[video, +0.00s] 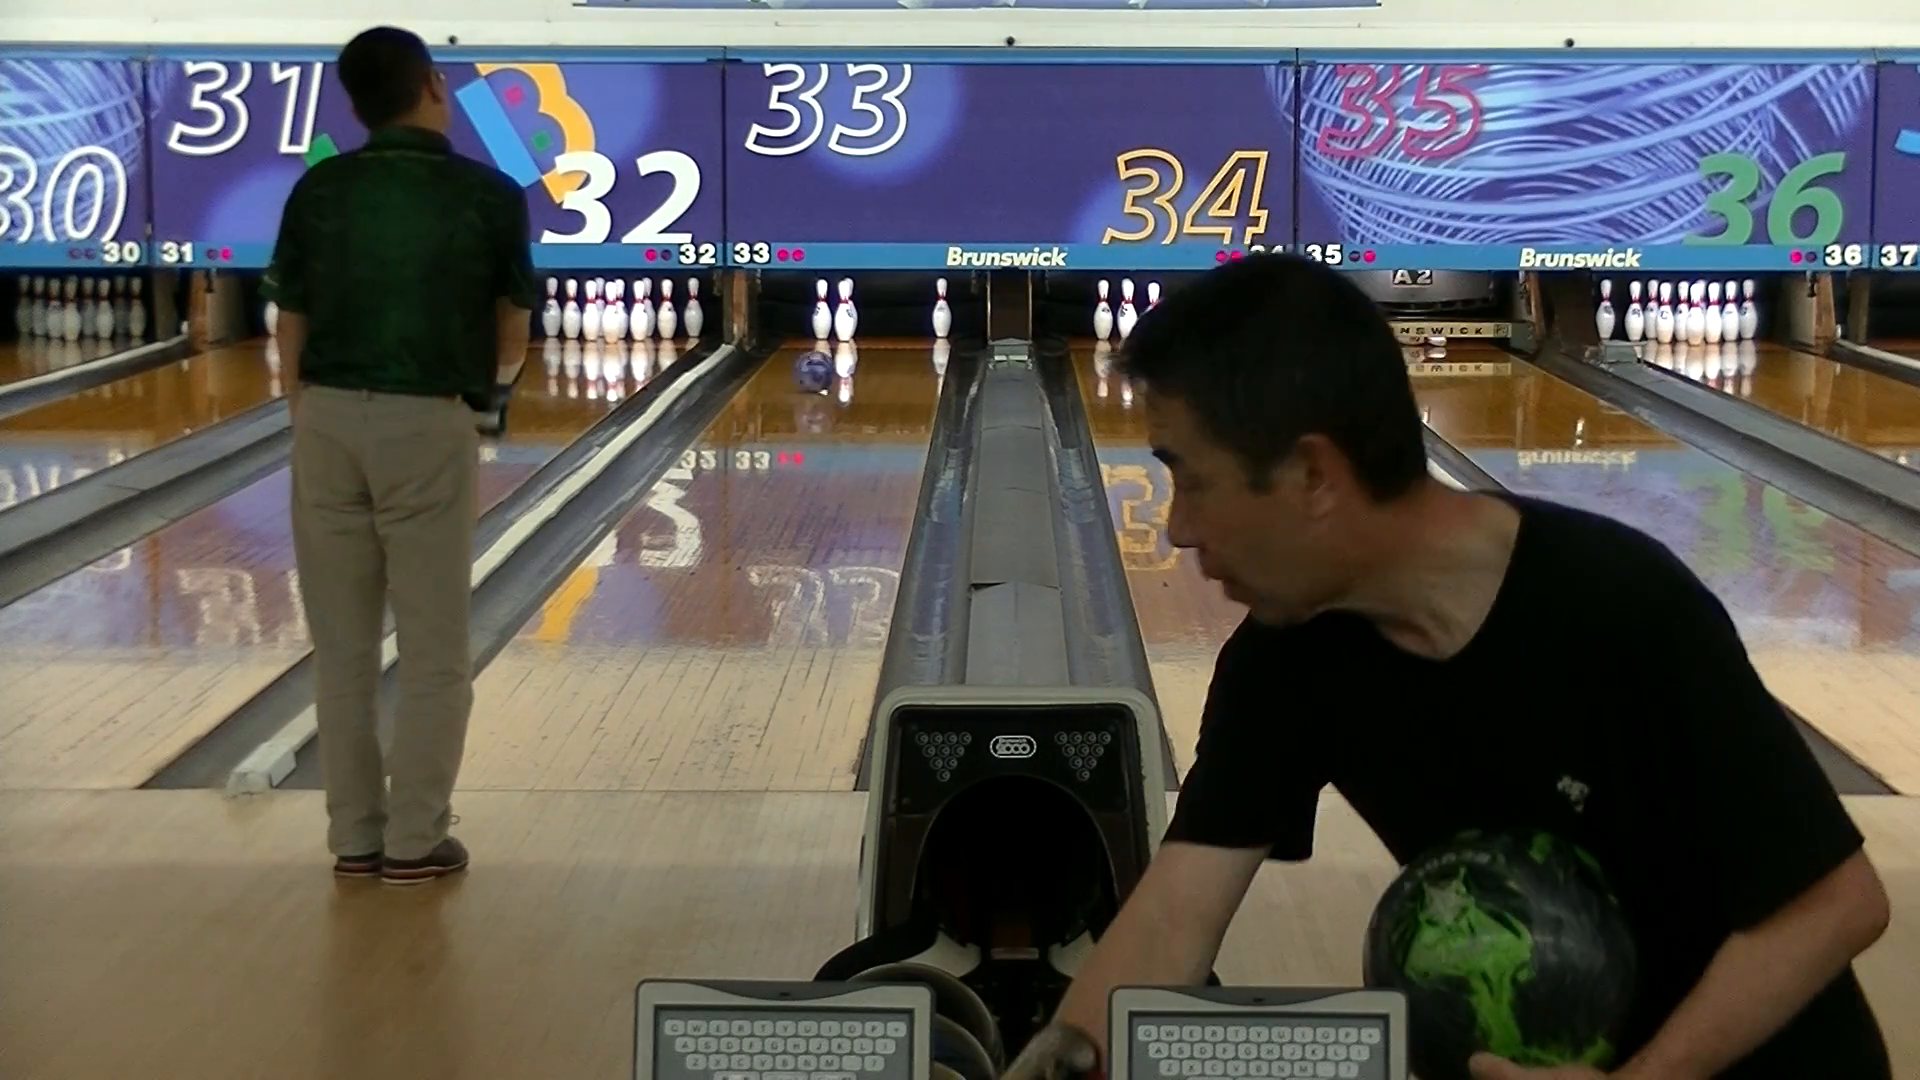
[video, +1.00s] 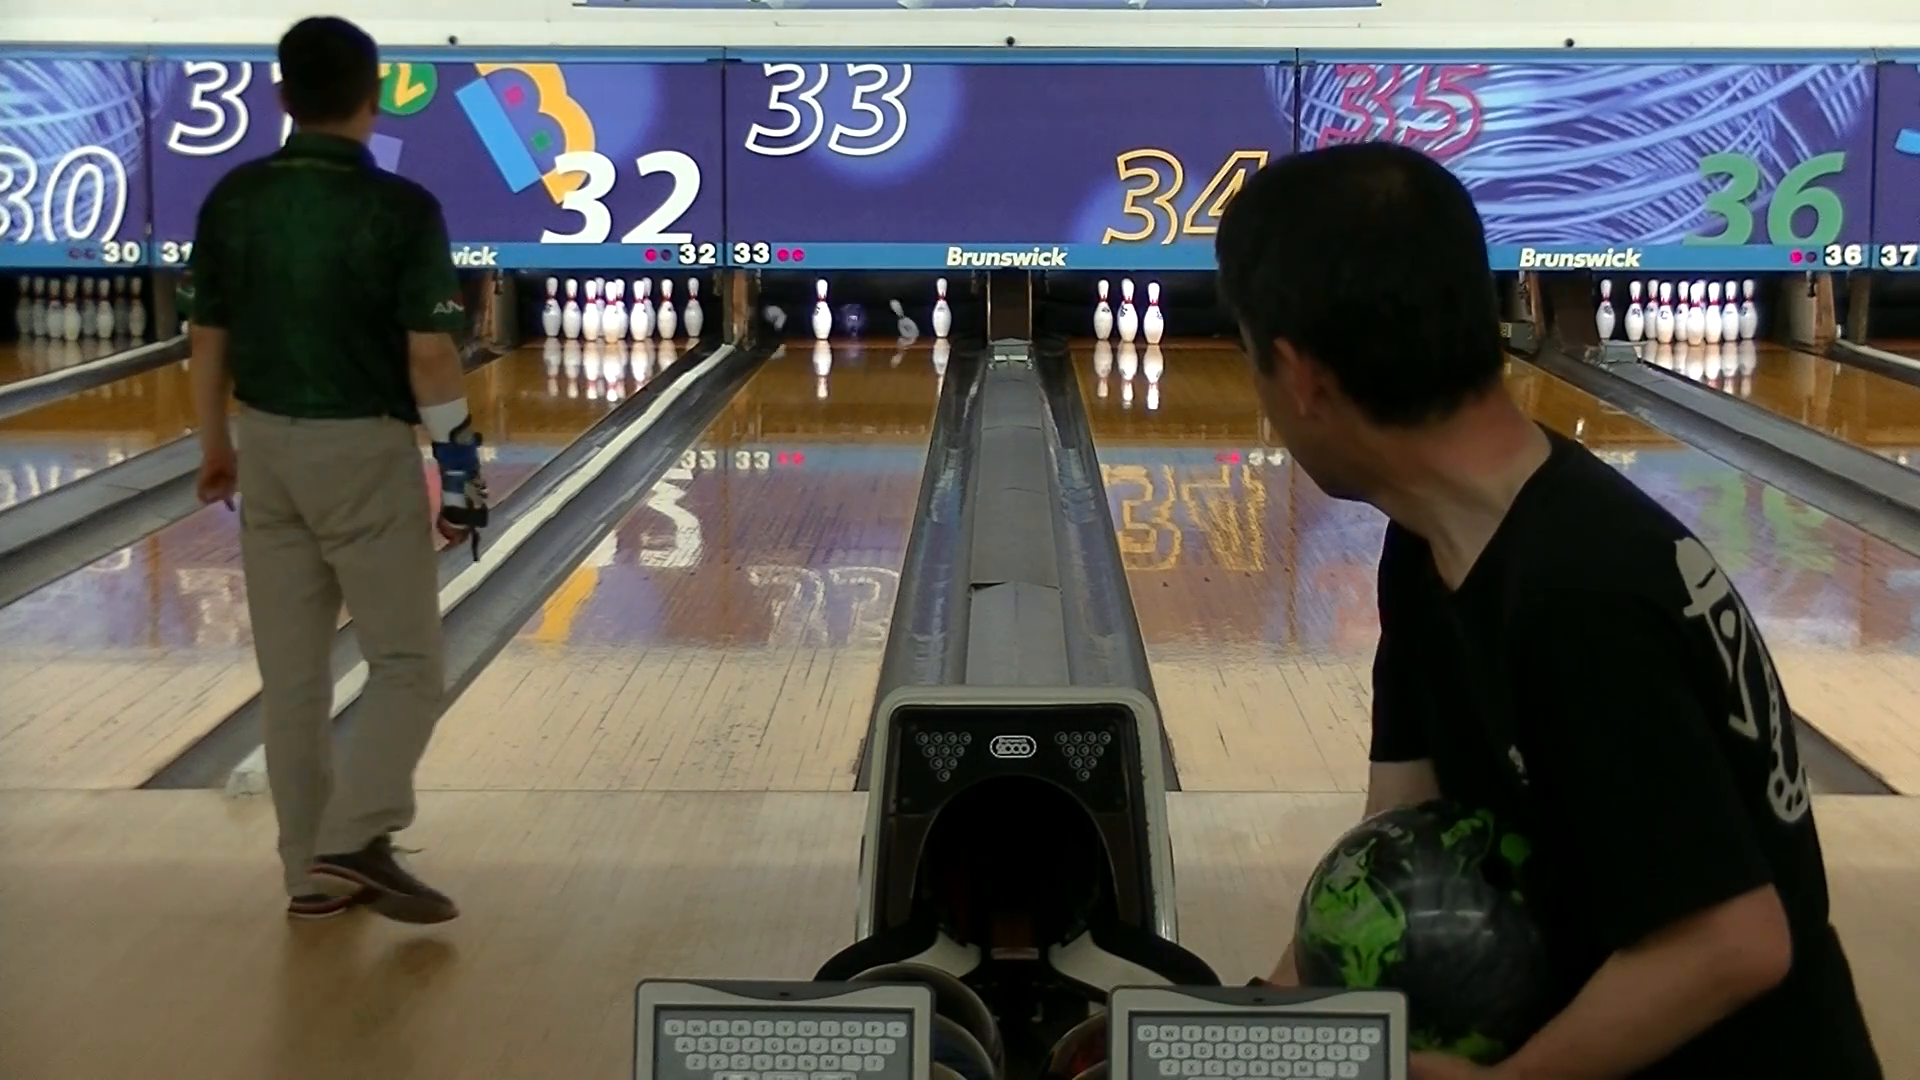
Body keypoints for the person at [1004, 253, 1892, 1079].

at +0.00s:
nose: (1175, 534)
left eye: (1188, 483)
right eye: (1170, 484)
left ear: (1314, 477)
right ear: (1309, 482)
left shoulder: (1625, 600)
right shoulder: (1288, 650)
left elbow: (1839, 900)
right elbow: (1168, 924)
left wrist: (1635, 1073)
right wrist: (1050, 1070)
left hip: (1770, 1041)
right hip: (1542, 1036)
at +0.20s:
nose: (1143, 533)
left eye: (1151, 490)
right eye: (1141, 490)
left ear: (1260, 500)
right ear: (1257, 503)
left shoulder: (1603, 620)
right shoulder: (1271, 680)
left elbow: (1823, 915)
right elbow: (1181, 977)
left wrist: (1650, 1074)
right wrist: (1100, 1069)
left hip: (1780, 1042)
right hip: (1551, 1040)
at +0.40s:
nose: (1191, 473)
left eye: (1182, 440)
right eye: (1180, 440)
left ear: (1243, 449)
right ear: (1384, 373)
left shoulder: (1596, 608)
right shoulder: (1337, 595)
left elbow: (1775, 941)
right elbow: (1273, 876)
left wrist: (1570, 1072)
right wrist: (1139, 1044)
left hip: (1768, 1062)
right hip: (1557, 1027)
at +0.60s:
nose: (1239, 415)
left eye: (1230, 374)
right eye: (1232, 375)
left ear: (1278, 385)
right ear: (1425, 323)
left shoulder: (1562, 595)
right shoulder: (1409, 548)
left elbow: (1713, 947)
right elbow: (1365, 824)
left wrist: (1483, 1075)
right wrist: (1203, 986)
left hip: (1757, 1063)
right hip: (1608, 1038)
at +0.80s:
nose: (1263, 401)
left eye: (1251, 360)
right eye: (1249, 360)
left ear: (1293, 369)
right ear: (1450, 307)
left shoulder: (1571, 587)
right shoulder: (1430, 534)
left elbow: (1713, 946)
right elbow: (1408, 831)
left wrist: (1479, 1073)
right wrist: (1291, 970)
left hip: (1751, 1062)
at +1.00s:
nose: (1266, 405)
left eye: (1254, 366)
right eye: (1252, 366)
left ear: (1298, 373)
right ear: (1455, 311)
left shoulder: (1585, 584)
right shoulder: (1426, 543)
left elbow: (1736, 941)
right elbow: (1403, 840)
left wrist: (1499, 1075)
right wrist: (1286, 996)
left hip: (1758, 1064)